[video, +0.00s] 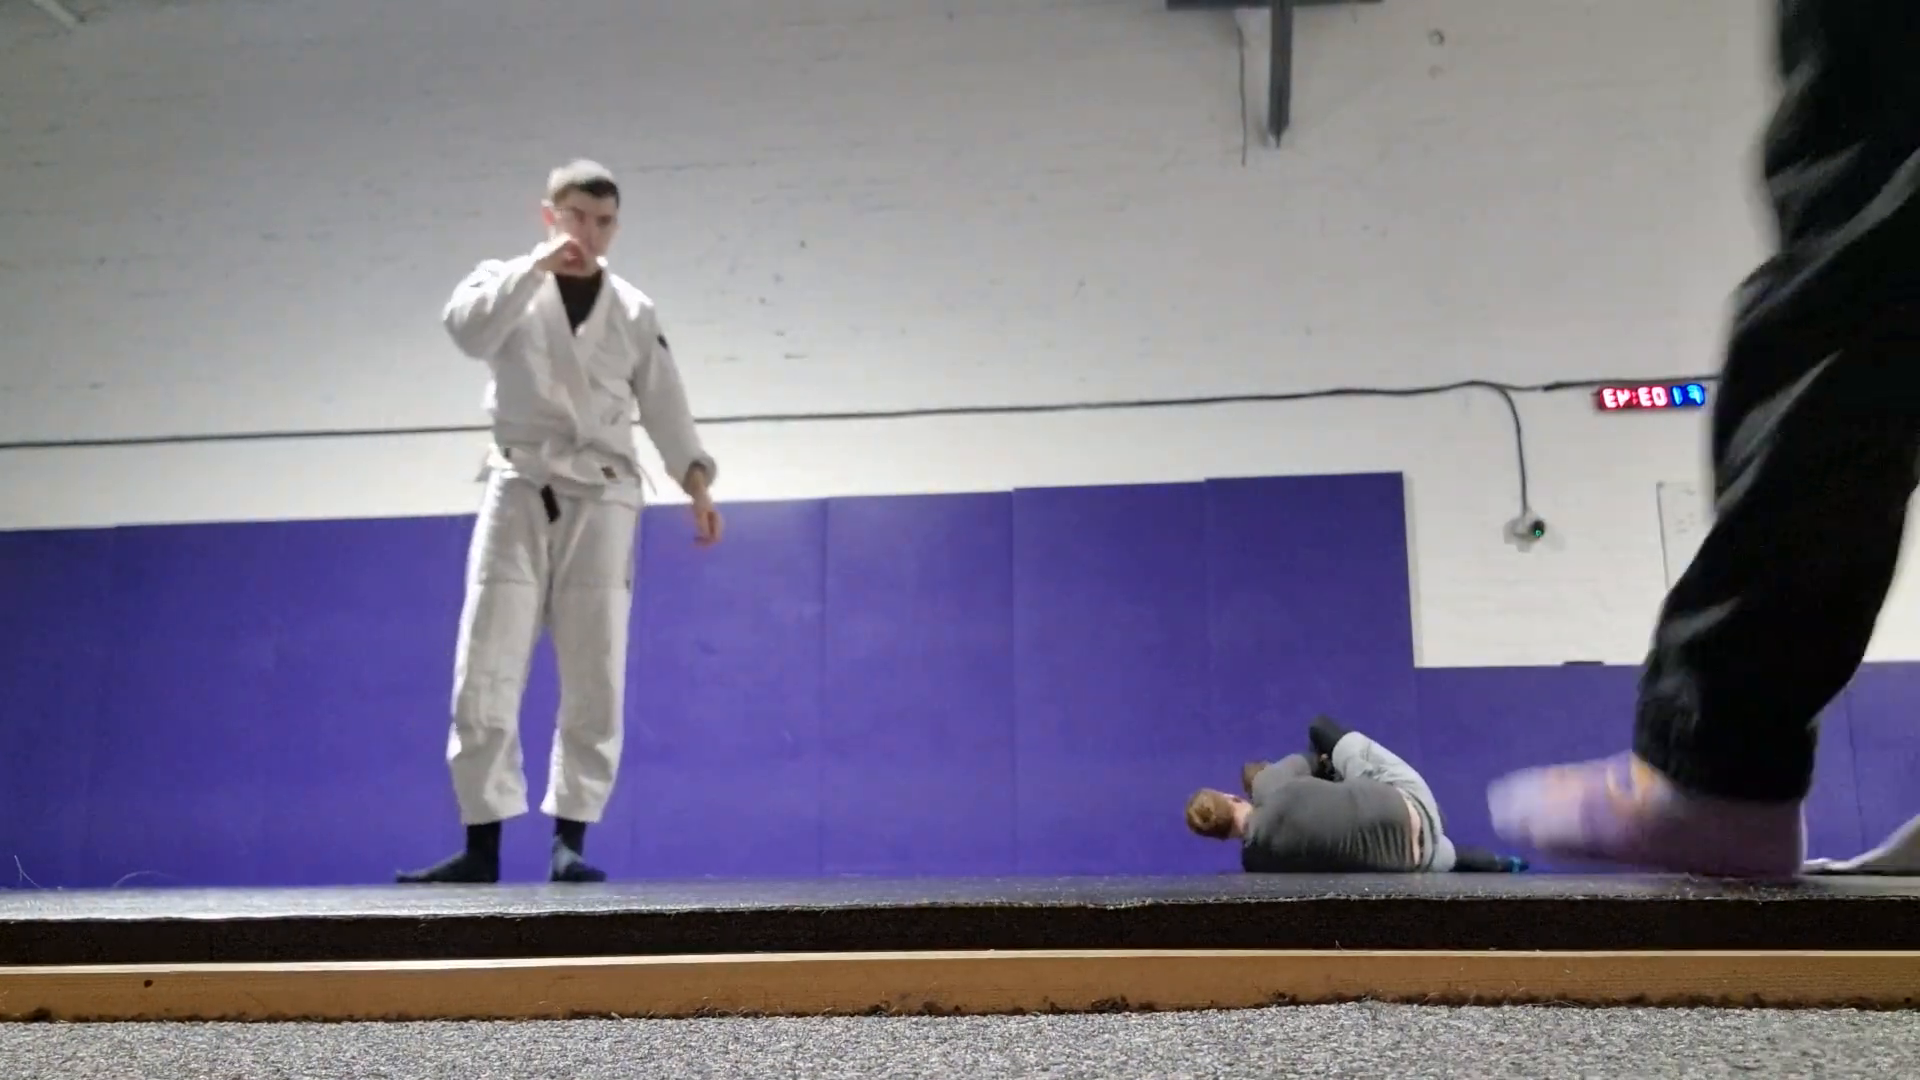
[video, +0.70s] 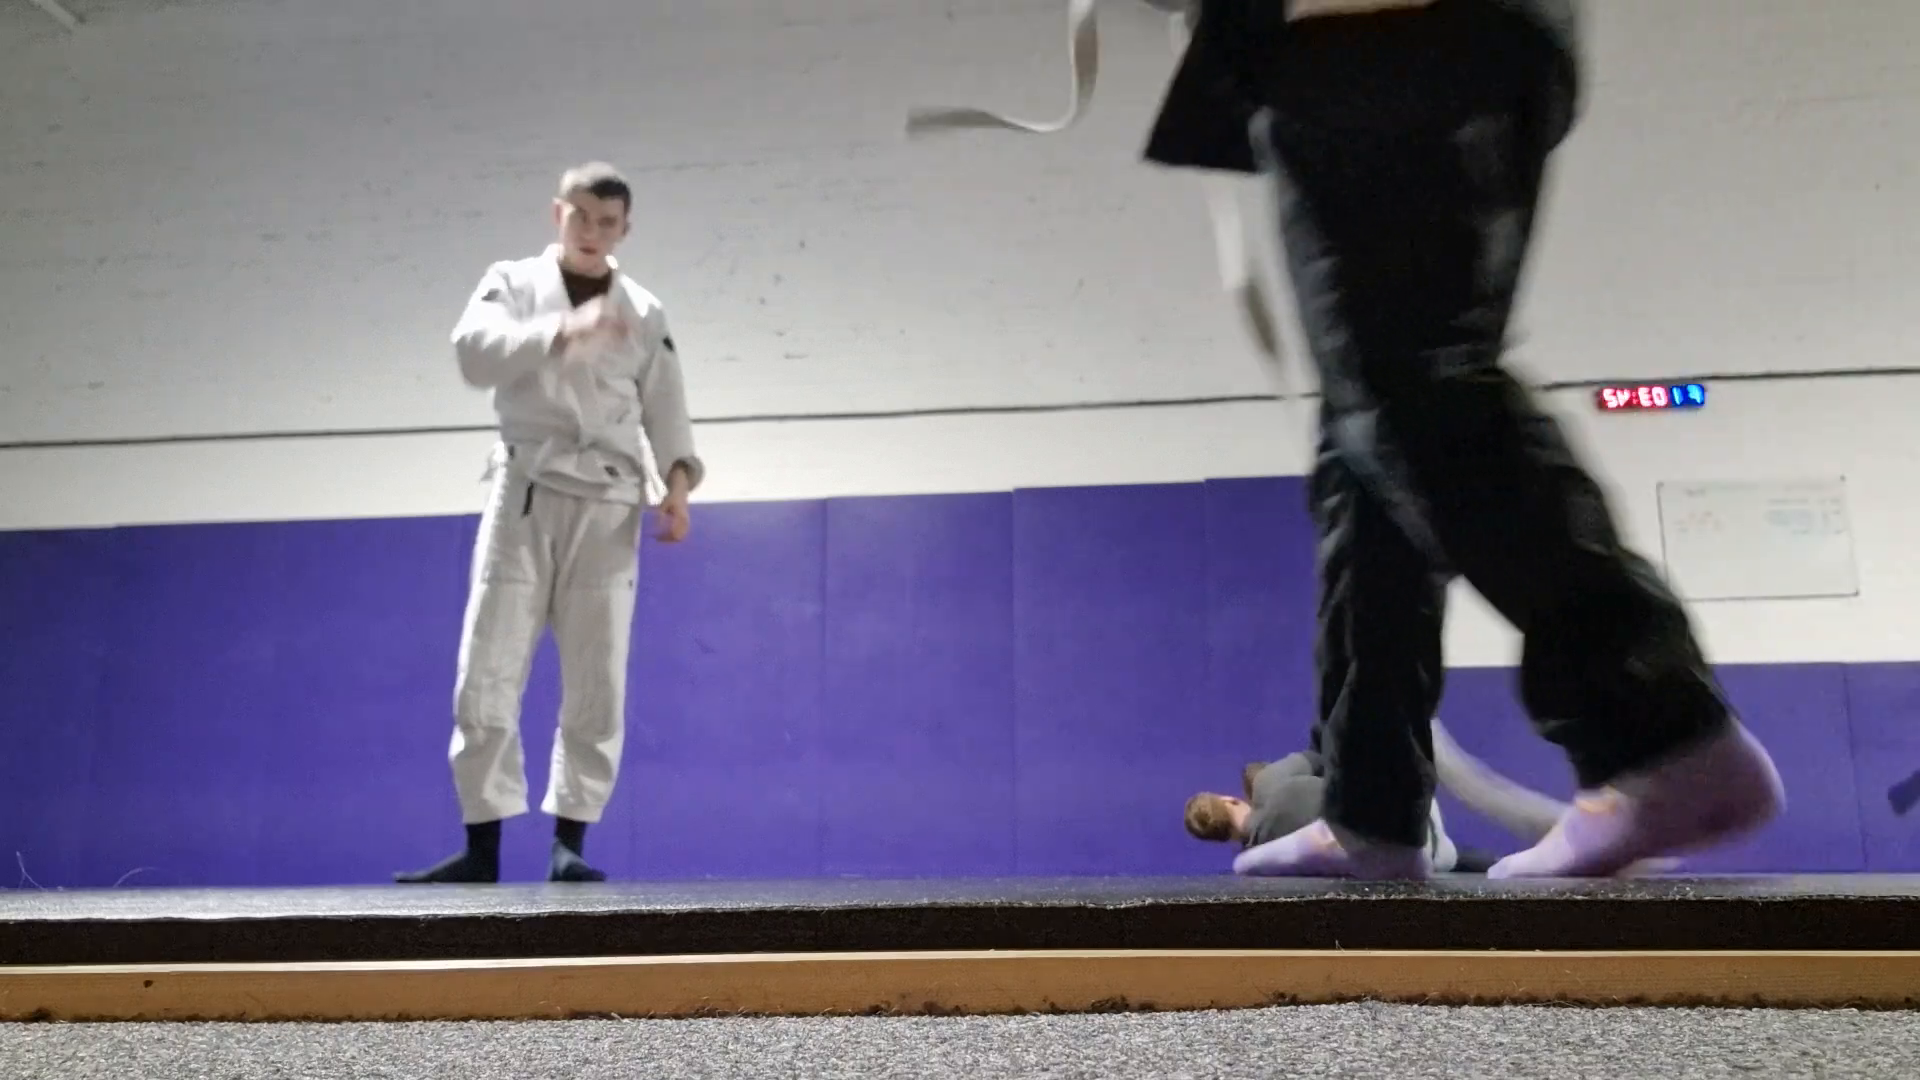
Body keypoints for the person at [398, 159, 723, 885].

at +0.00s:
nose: (586, 233)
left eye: (600, 223)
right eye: (575, 217)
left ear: (616, 230)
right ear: (548, 214)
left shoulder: (633, 311)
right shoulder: (503, 280)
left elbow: (663, 404)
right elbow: (465, 329)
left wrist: (698, 482)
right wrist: (539, 264)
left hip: (603, 499)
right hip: (516, 493)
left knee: (594, 667)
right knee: (484, 666)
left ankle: (569, 846)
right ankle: (480, 848)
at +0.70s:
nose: (594, 235)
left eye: (609, 225)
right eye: (583, 220)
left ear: (625, 231)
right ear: (557, 216)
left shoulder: (641, 311)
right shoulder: (510, 281)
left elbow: (665, 404)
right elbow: (474, 358)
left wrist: (678, 483)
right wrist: (564, 328)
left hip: (608, 503)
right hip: (520, 493)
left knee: (596, 672)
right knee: (487, 667)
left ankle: (569, 849)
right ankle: (480, 850)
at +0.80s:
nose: (603, 235)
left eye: (617, 225)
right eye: (591, 219)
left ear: (629, 230)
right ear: (561, 214)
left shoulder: (643, 311)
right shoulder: (508, 287)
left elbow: (668, 404)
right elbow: (477, 382)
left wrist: (684, 482)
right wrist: (536, 408)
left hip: (607, 508)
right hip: (521, 499)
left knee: (597, 674)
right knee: (487, 669)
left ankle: (568, 849)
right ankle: (481, 850)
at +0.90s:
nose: (612, 233)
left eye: (623, 222)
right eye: (599, 217)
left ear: (631, 229)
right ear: (565, 214)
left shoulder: (643, 310)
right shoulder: (509, 287)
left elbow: (668, 402)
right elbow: (480, 382)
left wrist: (687, 480)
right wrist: (483, 472)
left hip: (610, 506)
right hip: (521, 497)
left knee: (597, 674)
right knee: (488, 670)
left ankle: (569, 849)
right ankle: (481, 851)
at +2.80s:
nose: (555, 242)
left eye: (569, 233)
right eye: (548, 231)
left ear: (594, 239)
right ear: (533, 231)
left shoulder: (618, 298)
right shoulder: (496, 290)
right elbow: (441, 379)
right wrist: (502, 420)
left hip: (590, 506)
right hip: (517, 501)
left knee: (583, 678)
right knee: (481, 673)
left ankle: (578, 844)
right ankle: (480, 850)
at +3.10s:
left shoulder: (630, 290)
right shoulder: (509, 275)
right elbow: (455, 378)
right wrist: (510, 422)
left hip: (602, 488)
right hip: (519, 482)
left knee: (585, 661)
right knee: (484, 655)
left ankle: (574, 844)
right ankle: (480, 849)